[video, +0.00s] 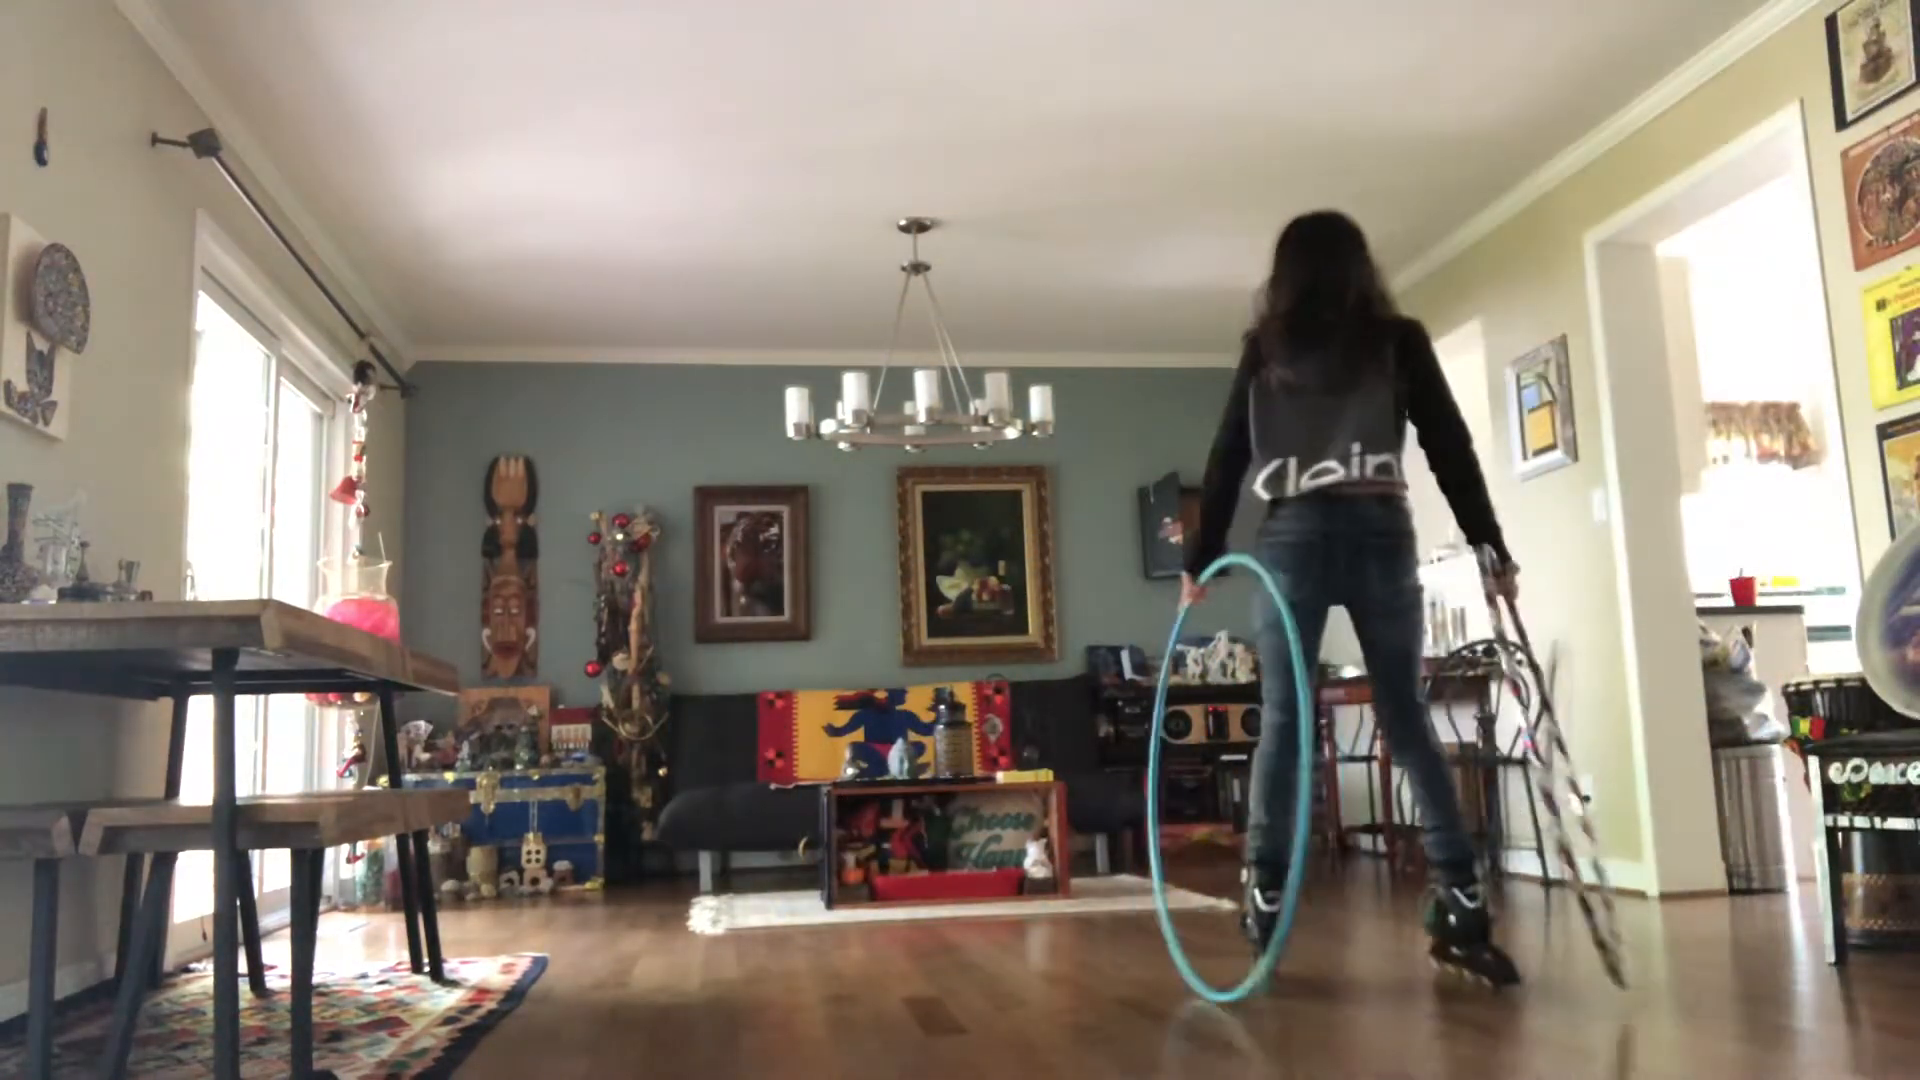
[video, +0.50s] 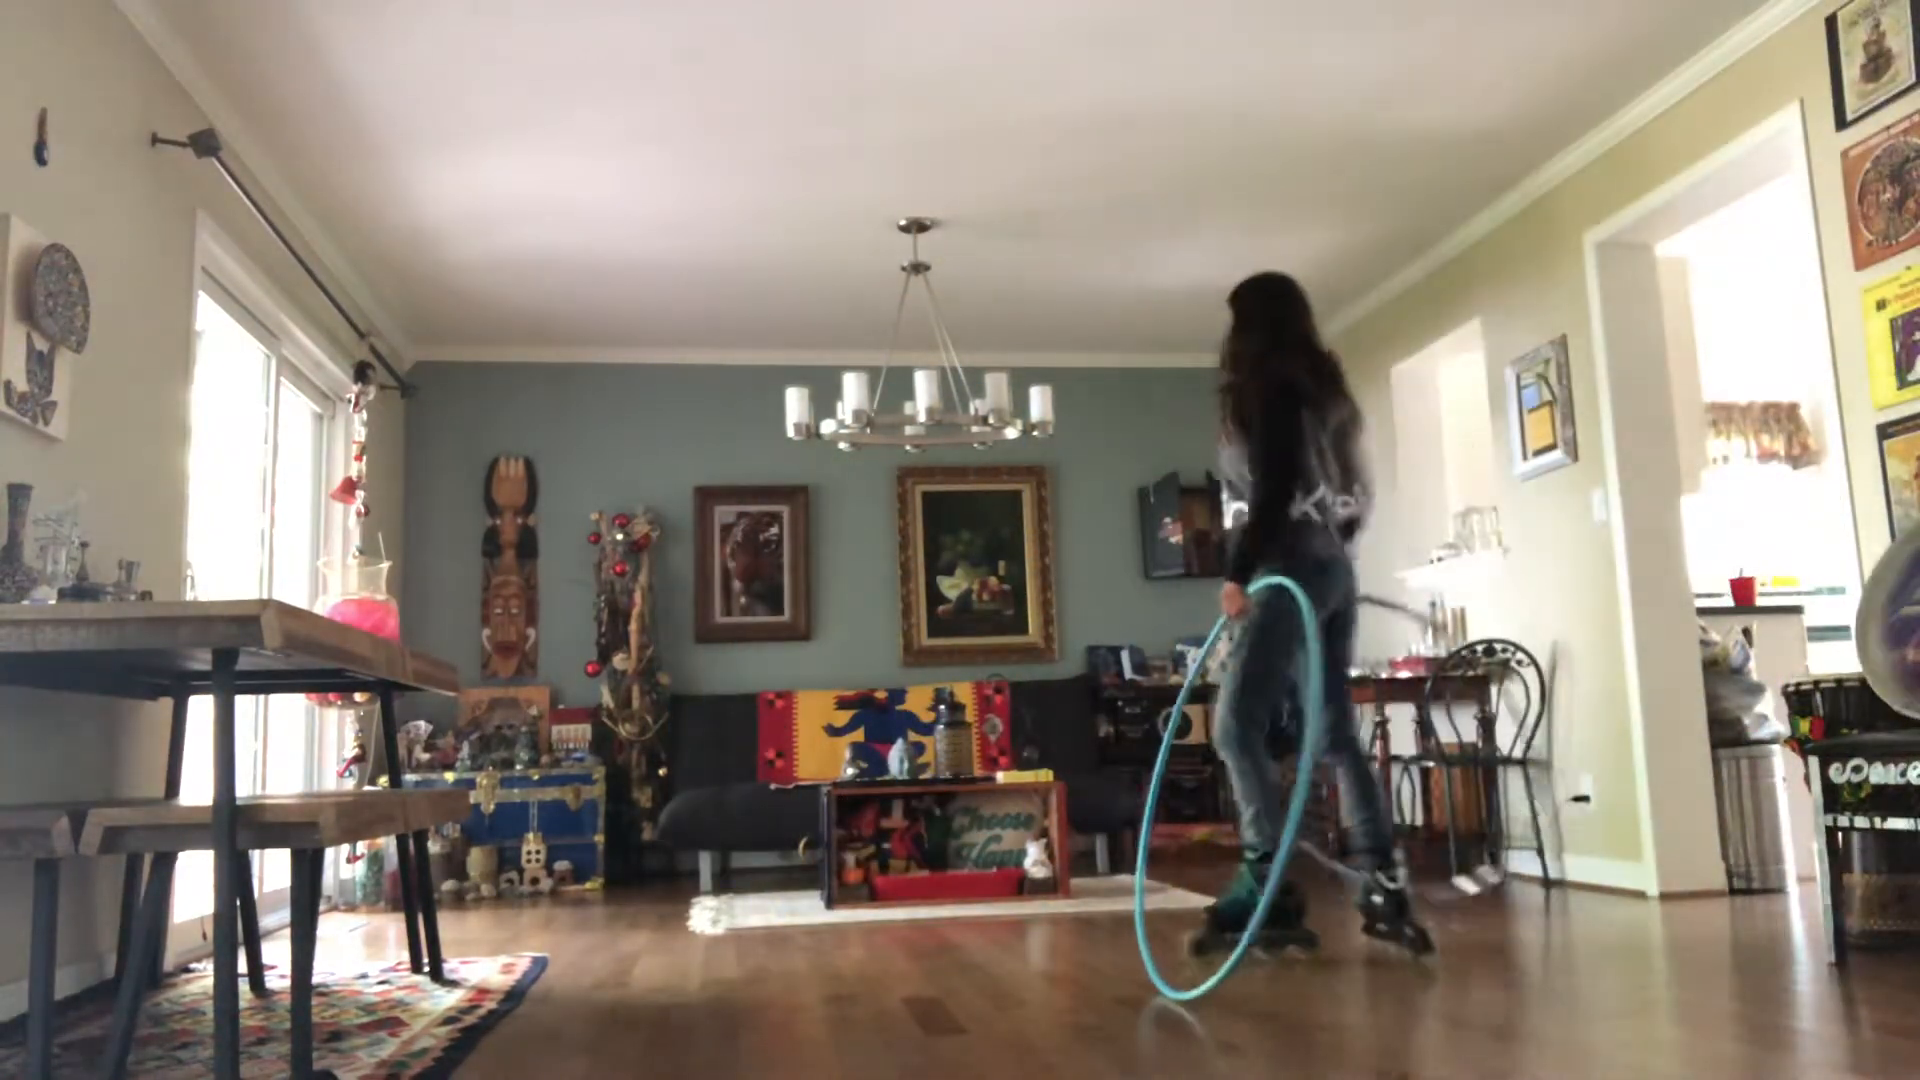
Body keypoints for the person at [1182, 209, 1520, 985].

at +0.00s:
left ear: (1284, 273)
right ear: (1364, 267)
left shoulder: (1264, 346)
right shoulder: (1400, 337)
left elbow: (1229, 456)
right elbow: (1447, 445)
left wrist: (1200, 557)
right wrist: (1490, 544)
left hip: (1289, 531)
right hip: (1383, 529)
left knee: (1283, 717)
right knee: (1405, 719)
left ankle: (1266, 894)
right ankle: (1460, 893)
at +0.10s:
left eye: (1280, 276)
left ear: (1281, 286)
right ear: (1359, 278)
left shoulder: (1267, 357)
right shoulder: (1398, 347)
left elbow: (1238, 468)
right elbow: (1449, 444)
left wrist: (1206, 565)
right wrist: (1486, 541)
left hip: (1297, 530)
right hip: (1383, 528)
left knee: (1284, 723)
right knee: (1404, 718)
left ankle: (1270, 903)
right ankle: (1451, 887)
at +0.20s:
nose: (1266, 306)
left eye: (1270, 290)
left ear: (1276, 296)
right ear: (1350, 288)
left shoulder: (1267, 366)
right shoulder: (1393, 357)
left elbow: (1242, 470)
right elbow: (1447, 448)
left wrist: (1216, 569)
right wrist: (1465, 538)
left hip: (1299, 542)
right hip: (1381, 540)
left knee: (1278, 721)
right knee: (1399, 726)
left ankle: (1286, 882)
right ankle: (1439, 889)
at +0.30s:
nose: (1256, 316)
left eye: (1260, 303)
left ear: (1269, 307)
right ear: (1337, 302)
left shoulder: (1267, 373)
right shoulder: (1380, 370)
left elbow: (1249, 473)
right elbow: (1432, 462)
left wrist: (1223, 572)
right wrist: (1430, 545)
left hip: (1296, 548)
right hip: (1371, 546)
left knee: (1268, 717)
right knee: (1383, 724)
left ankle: (1297, 878)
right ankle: (1425, 885)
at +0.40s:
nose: (1243, 324)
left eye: (1247, 312)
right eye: (1251, 310)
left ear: (1258, 314)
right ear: (1320, 311)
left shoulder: (1262, 374)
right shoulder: (1356, 380)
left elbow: (1260, 473)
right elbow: (1399, 481)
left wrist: (1229, 573)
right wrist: (1376, 557)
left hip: (1292, 548)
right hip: (1354, 548)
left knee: (1255, 723)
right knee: (1366, 735)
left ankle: (1292, 886)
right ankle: (1409, 894)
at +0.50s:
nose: (1231, 334)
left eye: (1236, 321)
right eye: (1234, 321)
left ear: (1250, 322)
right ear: (1299, 319)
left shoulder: (1266, 378)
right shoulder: (1326, 379)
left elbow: (1274, 478)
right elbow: (1357, 491)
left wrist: (1238, 572)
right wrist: (1328, 551)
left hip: (1290, 561)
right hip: (1332, 561)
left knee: (1237, 729)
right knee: (1336, 735)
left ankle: (1268, 887)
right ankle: (1384, 887)